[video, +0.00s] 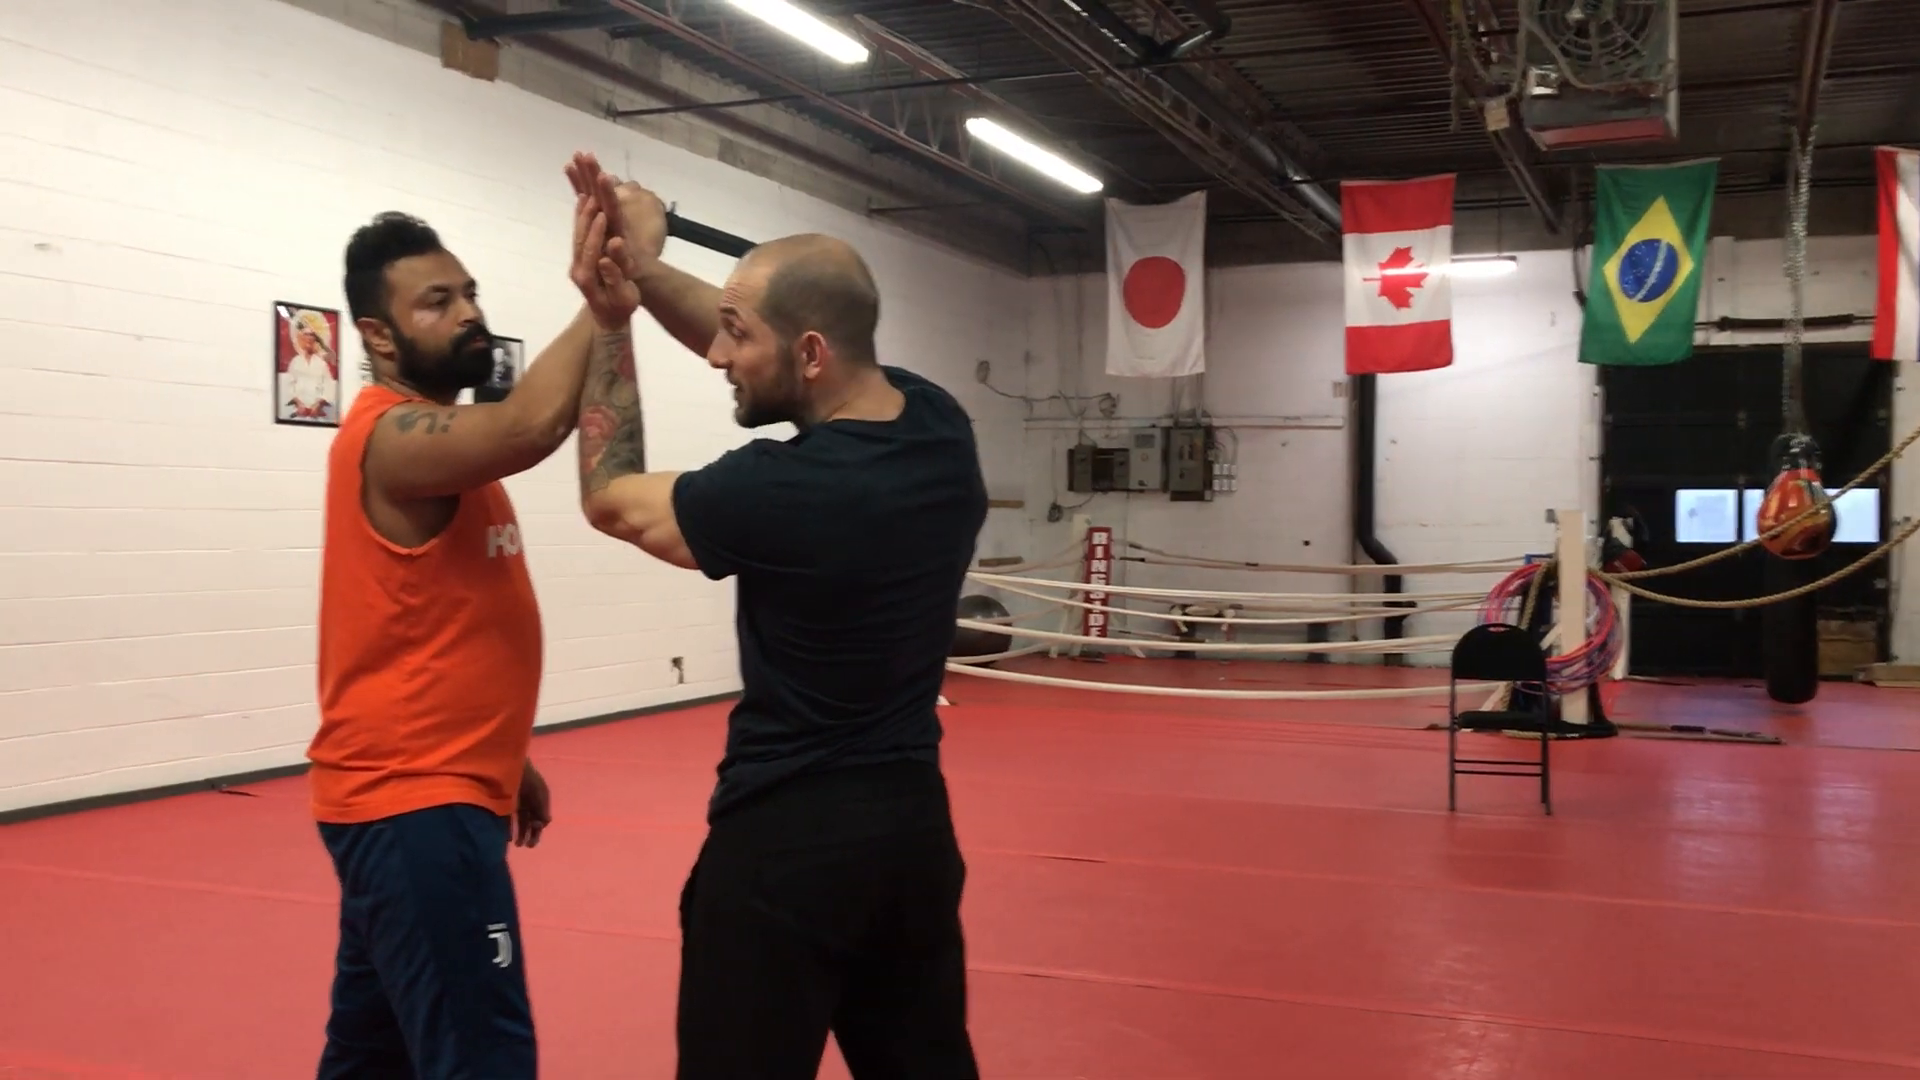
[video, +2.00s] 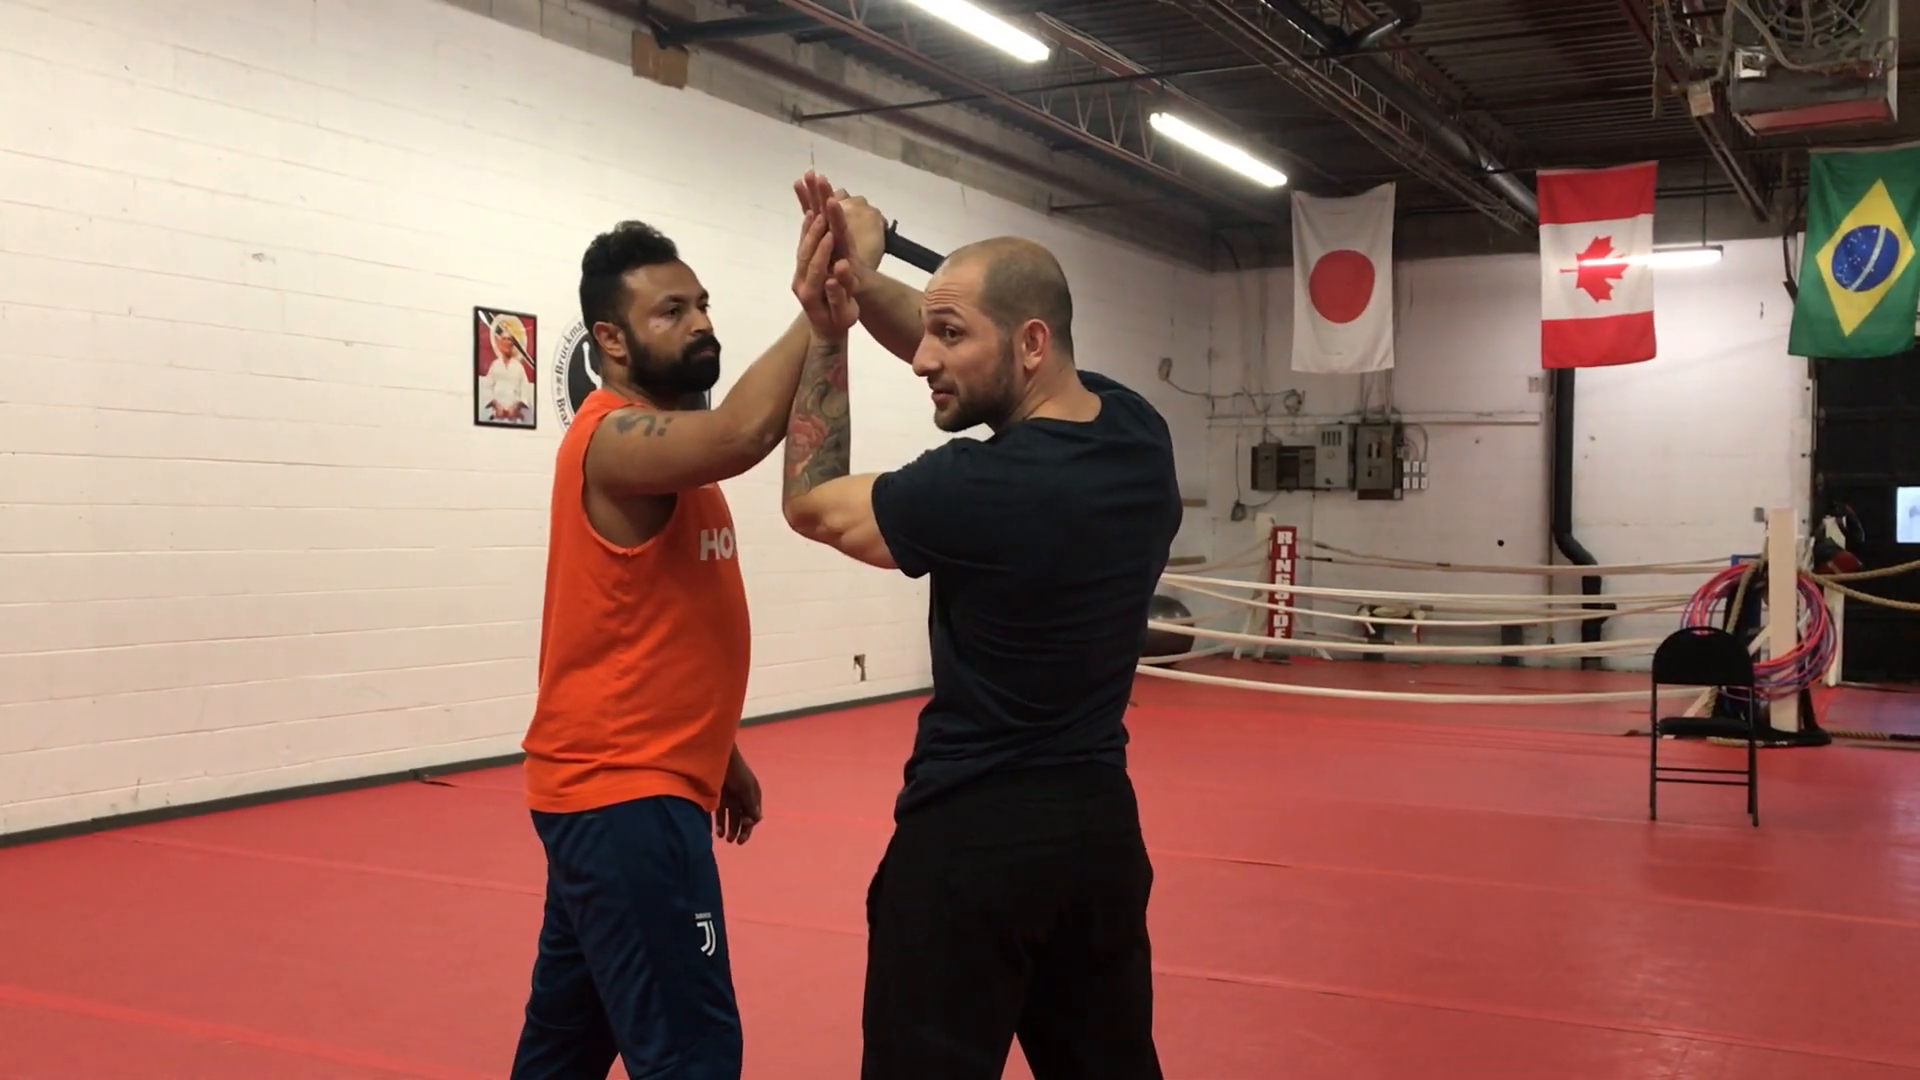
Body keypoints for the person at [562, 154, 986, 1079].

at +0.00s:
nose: (722, 353)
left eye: (739, 335)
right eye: (726, 331)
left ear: (810, 354)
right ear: (821, 348)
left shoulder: (774, 492)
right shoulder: (939, 429)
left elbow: (611, 497)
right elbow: (748, 338)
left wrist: (609, 313)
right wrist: (641, 265)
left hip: (776, 845)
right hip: (908, 829)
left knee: (734, 1063)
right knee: (928, 1066)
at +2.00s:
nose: (927, 359)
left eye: (950, 333)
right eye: (927, 336)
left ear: (1029, 343)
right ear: (1033, 348)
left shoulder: (976, 490)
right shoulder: (1139, 434)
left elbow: (814, 504)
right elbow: (948, 338)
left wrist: (828, 326)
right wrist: (860, 271)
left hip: (962, 844)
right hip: (1097, 831)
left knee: (920, 1063)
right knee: (1112, 1068)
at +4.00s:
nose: (1401, 456)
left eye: (1412, 437)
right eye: (1405, 439)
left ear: (1458, 429)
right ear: (1553, 477)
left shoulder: (1333, 511)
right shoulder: (1638, 597)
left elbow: (1250, 750)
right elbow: (1585, 843)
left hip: (1301, 968)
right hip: (1523, 997)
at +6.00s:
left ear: (947, 460)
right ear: (1004, 578)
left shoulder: (802, 459)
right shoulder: (988, 674)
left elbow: (642, 380)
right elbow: (905, 855)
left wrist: (726, 344)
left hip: (631, 936)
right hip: (808, 965)